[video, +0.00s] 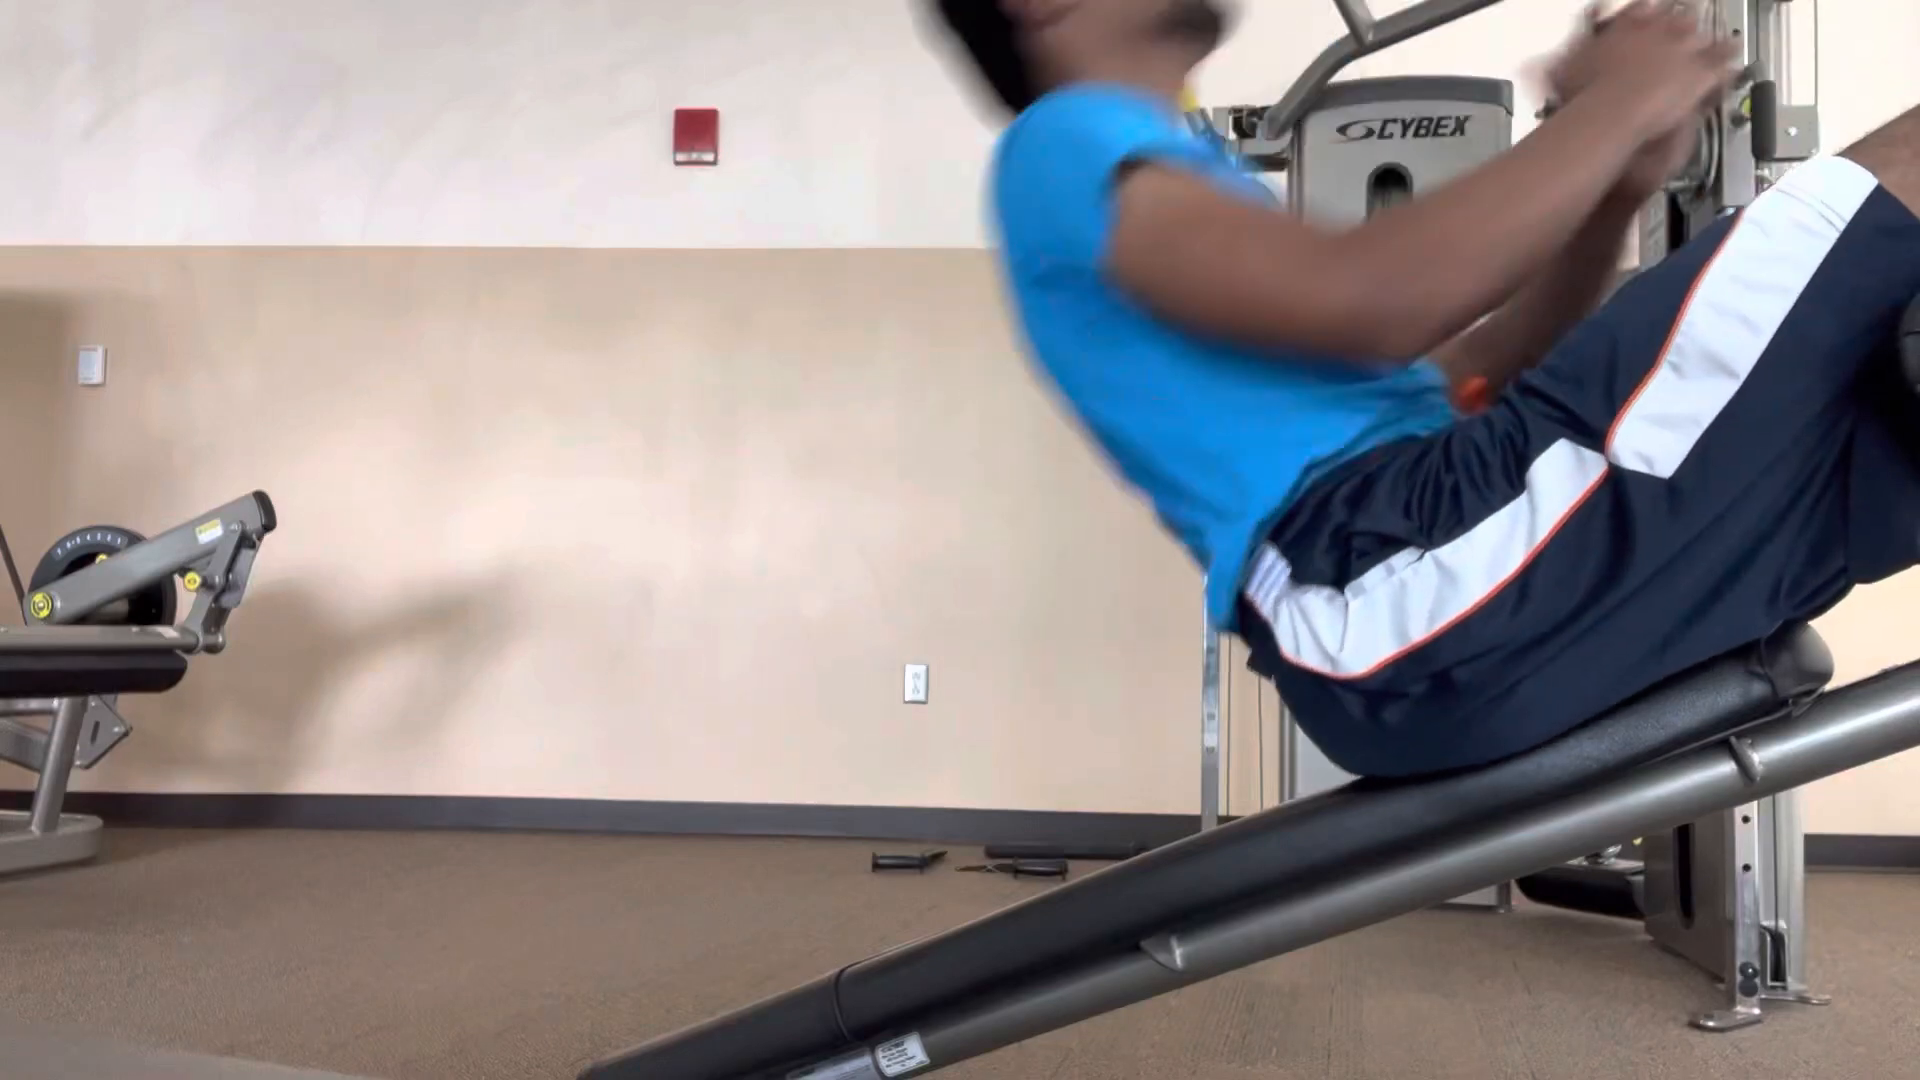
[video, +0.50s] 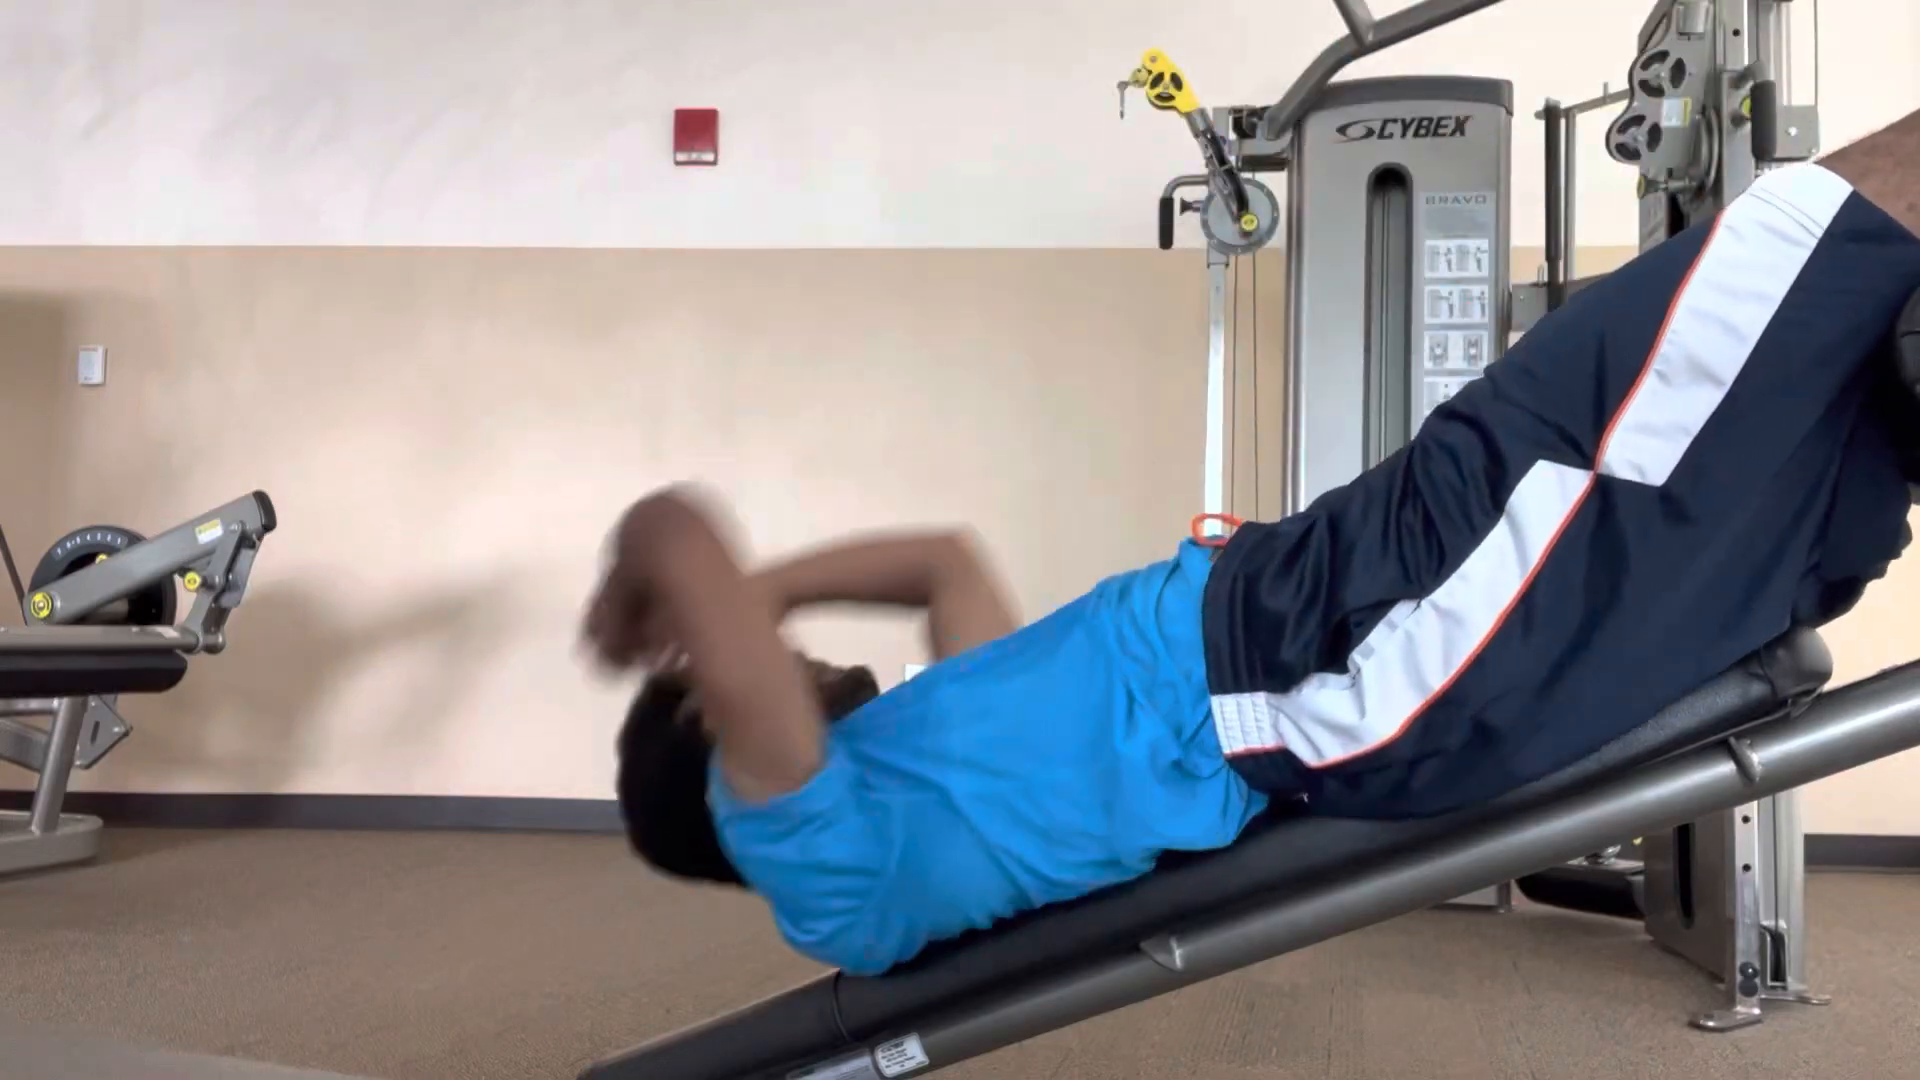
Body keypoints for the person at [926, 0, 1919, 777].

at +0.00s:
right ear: (1034, 8)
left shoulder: (1207, 184)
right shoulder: (1063, 143)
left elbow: (1466, 378)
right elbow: (1373, 300)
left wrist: (1617, 177)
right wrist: (1615, 104)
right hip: (1375, 586)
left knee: (1901, 441)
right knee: (1897, 166)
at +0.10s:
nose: (989, 96)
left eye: (959, 80)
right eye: (939, 92)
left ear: (905, 176)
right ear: (878, 180)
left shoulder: (1079, 324)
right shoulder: (930, 318)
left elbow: (1380, 476)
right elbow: (1222, 456)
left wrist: (1462, 286)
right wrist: (1442, 257)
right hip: (1355, 625)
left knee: (1885, 456)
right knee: (1869, 185)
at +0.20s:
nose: (865, 283)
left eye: (833, 270)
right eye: (812, 295)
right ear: (775, 391)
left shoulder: (968, 472)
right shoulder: (859, 495)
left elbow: (1286, 553)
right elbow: (1157, 574)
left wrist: (1313, 358)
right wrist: (1276, 337)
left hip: (1383, 605)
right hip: (1350, 650)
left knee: (1876, 429)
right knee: (1879, 171)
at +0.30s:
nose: (805, 452)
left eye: (773, 443)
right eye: (755, 472)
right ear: (730, 569)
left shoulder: (918, 616)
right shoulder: (821, 651)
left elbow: (1237, 495)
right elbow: (1098, 534)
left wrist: (1064, 381)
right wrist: (1051, 353)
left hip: (1331, 623)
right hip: (1309, 665)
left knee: (1859, 425)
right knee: (1837, 201)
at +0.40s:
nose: (791, 584)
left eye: (760, 581)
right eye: (746, 612)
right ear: (730, 704)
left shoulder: (956, 709)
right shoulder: (820, 778)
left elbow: (1107, 491)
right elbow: (904, 450)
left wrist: (903, 436)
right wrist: (806, 430)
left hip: (1310, 578)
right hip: (1304, 679)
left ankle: (1874, 199)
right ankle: (1867, 201)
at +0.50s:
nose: (764, 671)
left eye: (743, 673)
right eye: (727, 687)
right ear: (719, 745)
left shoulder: (908, 783)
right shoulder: (811, 830)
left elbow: (937, 562)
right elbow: (675, 521)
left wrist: (740, 599)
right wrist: (657, 589)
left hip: (1311, 605)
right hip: (1309, 676)